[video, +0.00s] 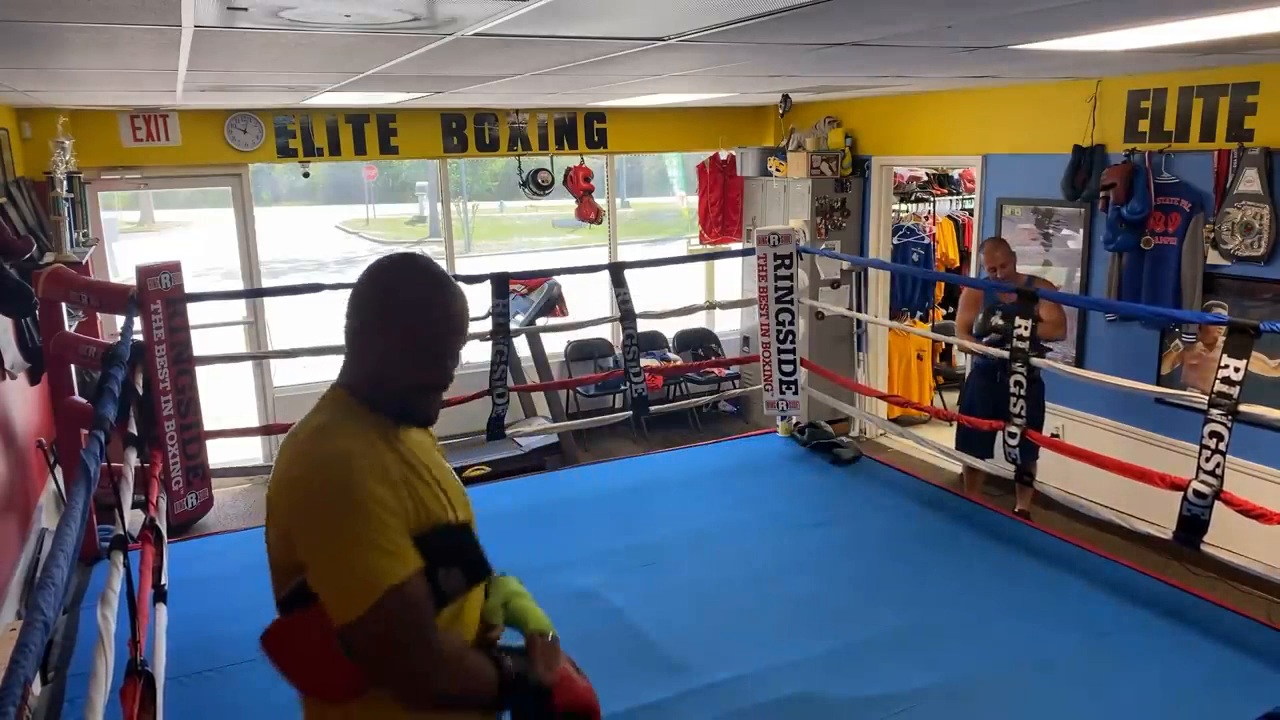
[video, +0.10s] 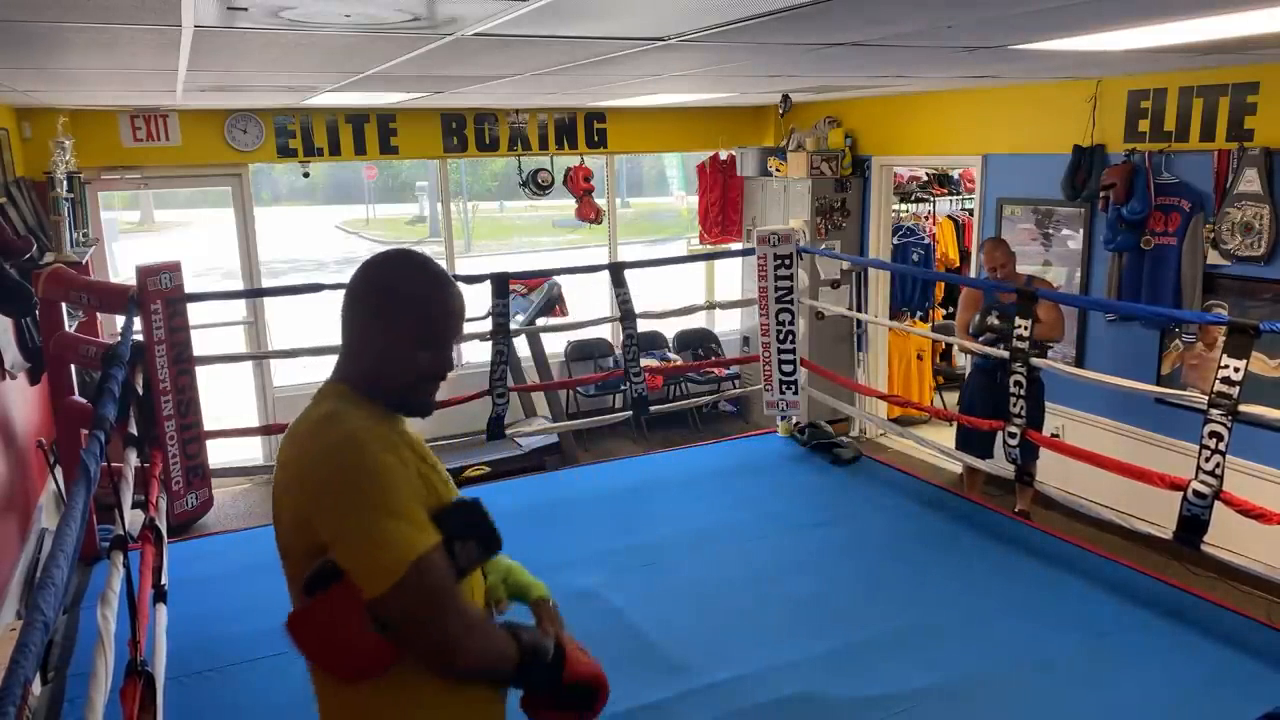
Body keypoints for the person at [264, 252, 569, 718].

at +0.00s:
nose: (450, 377)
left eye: (455, 357)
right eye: (437, 357)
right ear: (381, 345)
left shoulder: (393, 429)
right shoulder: (335, 462)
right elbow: (414, 667)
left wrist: (481, 601)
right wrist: (523, 674)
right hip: (388, 706)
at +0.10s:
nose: (448, 366)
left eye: (451, 346)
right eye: (433, 346)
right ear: (382, 334)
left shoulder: (373, 428)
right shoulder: (350, 448)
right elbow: (446, 640)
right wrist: (534, 649)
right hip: (408, 706)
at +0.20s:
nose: (446, 360)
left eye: (448, 341)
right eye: (436, 340)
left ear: (371, 331)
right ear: (382, 331)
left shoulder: (325, 420)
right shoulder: (373, 438)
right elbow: (489, 619)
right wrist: (548, 625)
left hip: (377, 700)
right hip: (441, 704)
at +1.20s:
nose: (444, 385)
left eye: (450, 369)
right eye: (439, 367)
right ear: (386, 346)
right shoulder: (353, 446)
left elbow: (459, 489)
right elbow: (492, 608)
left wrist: (535, 535)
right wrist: (518, 583)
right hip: (426, 708)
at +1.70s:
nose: (465, 398)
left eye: (471, 380)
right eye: (461, 379)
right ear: (407, 354)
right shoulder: (363, 459)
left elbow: (448, 539)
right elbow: (485, 636)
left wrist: (530, 549)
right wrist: (558, 634)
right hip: (407, 708)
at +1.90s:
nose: (481, 402)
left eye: (489, 386)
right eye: (480, 382)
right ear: (429, 358)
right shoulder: (385, 465)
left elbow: (440, 559)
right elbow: (502, 643)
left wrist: (542, 529)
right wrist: (566, 617)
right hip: (439, 708)